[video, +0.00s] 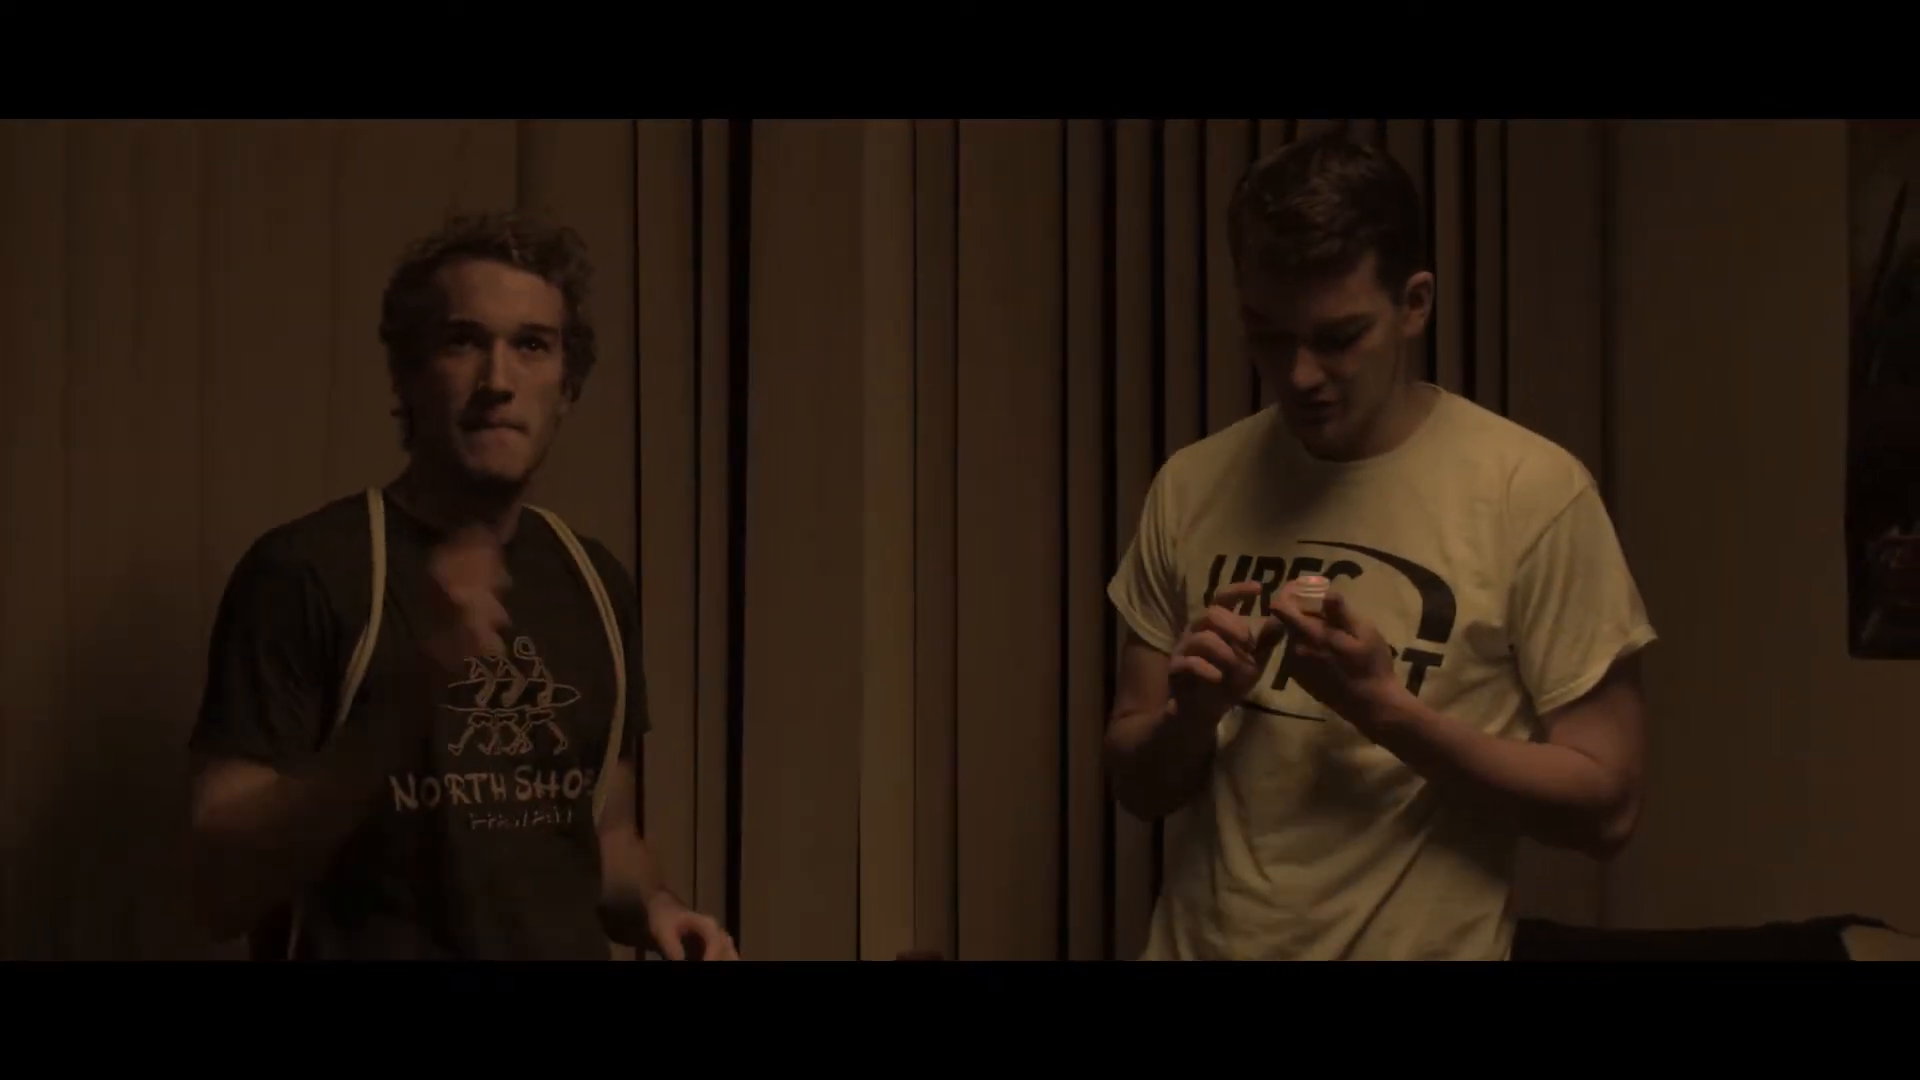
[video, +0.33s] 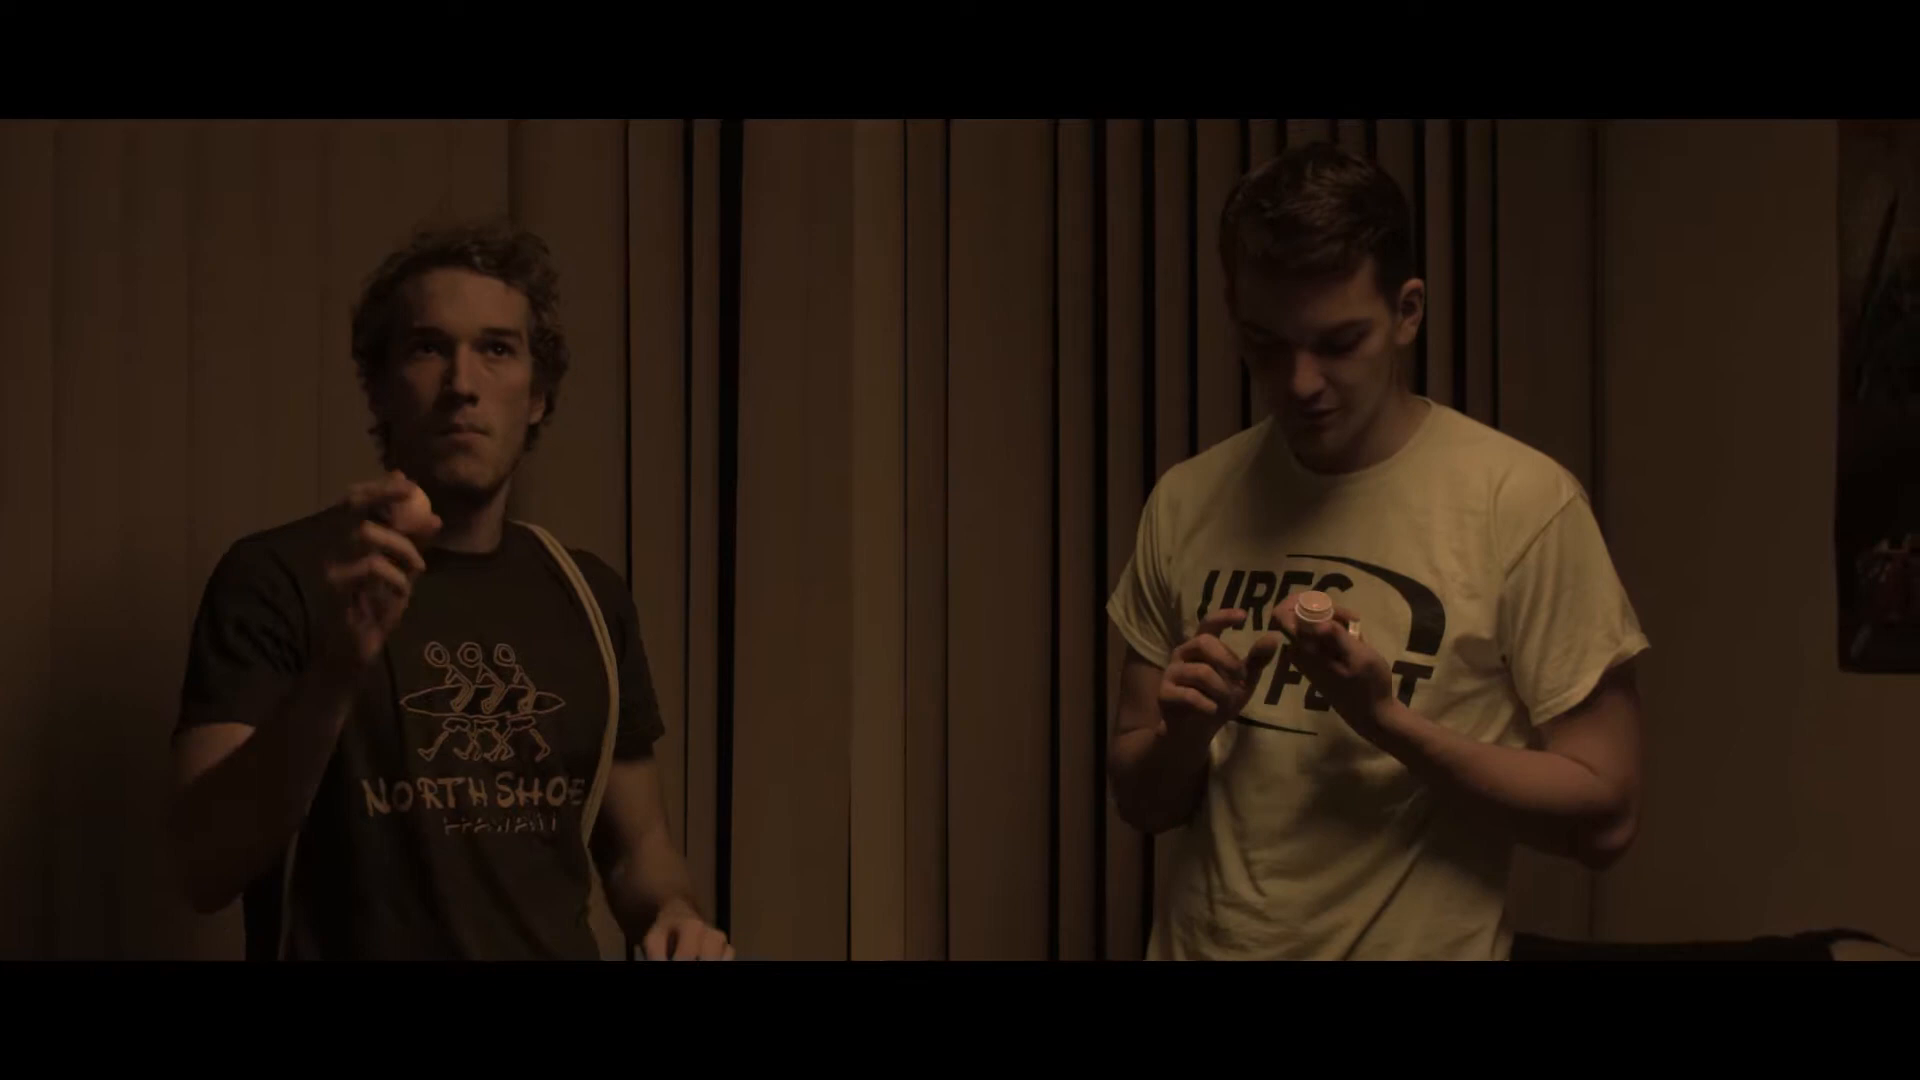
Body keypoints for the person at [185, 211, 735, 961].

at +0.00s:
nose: (498, 381)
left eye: (532, 347)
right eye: (463, 344)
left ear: (565, 385)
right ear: (404, 379)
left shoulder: (595, 586)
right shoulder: (300, 578)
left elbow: (605, 830)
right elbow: (218, 871)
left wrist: (651, 905)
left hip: (556, 946)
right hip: (365, 945)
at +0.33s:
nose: (463, 383)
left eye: (496, 350)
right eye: (427, 349)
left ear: (538, 398)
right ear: (376, 392)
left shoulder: (591, 601)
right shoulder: (276, 582)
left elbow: (636, 839)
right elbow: (205, 869)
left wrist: (675, 923)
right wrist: (335, 672)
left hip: (553, 951)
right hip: (345, 949)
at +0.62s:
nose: (453, 383)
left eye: (488, 351)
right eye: (419, 349)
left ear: (536, 393)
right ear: (373, 387)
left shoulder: (600, 596)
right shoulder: (291, 563)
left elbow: (684, 854)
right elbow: (136, 722)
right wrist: (294, 536)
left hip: (540, 948)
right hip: (332, 948)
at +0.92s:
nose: (487, 365)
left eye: (522, 331)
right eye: (451, 328)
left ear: (558, 371)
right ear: (389, 363)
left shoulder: (595, 586)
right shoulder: (303, 536)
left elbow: (609, 857)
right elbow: (109, 447)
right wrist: (297, 211)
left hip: (526, 944)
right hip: (319, 940)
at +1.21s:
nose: (489, 300)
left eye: (522, 277)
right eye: (454, 263)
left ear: (551, 343)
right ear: (389, 296)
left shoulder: (545, 553)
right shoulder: (314, 507)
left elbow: (531, 837)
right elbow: (386, 382)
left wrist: (567, 945)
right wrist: (417, 135)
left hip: (500, 939)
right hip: (333, 928)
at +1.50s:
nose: (495, 284)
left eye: (524, 265)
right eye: (451, 252)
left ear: (547, 322)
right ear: (367, 306)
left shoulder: (532, 562)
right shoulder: (309, 476)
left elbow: (504, 848)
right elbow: (369, 635)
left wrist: (555, 943)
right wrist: (588, 464)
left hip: (477, 940)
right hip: (315, 931)